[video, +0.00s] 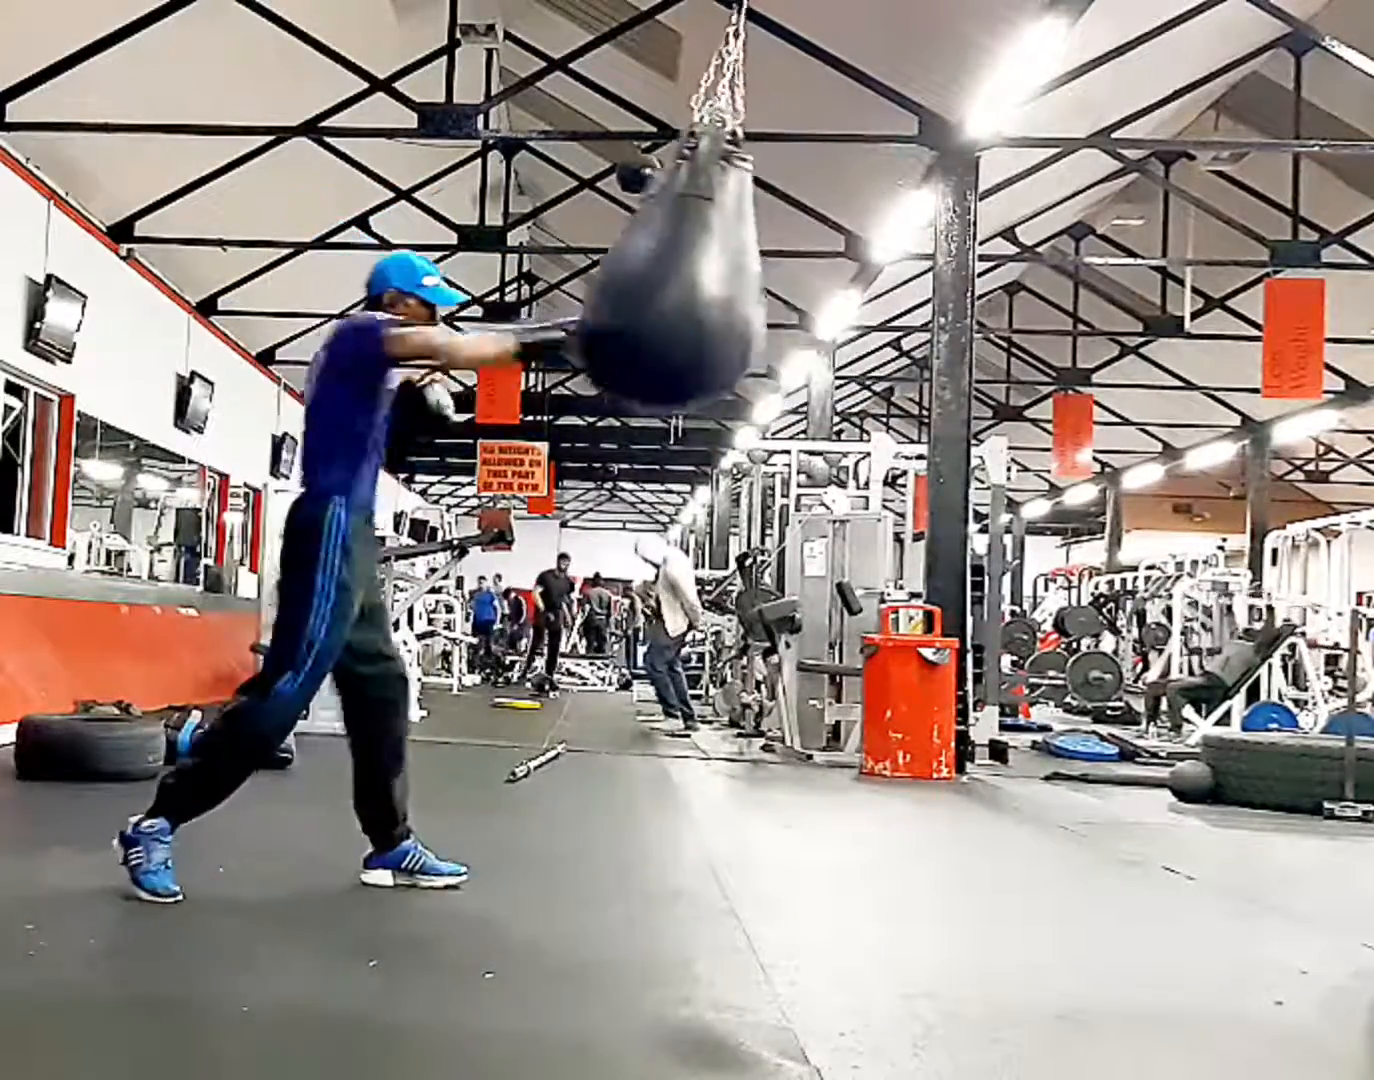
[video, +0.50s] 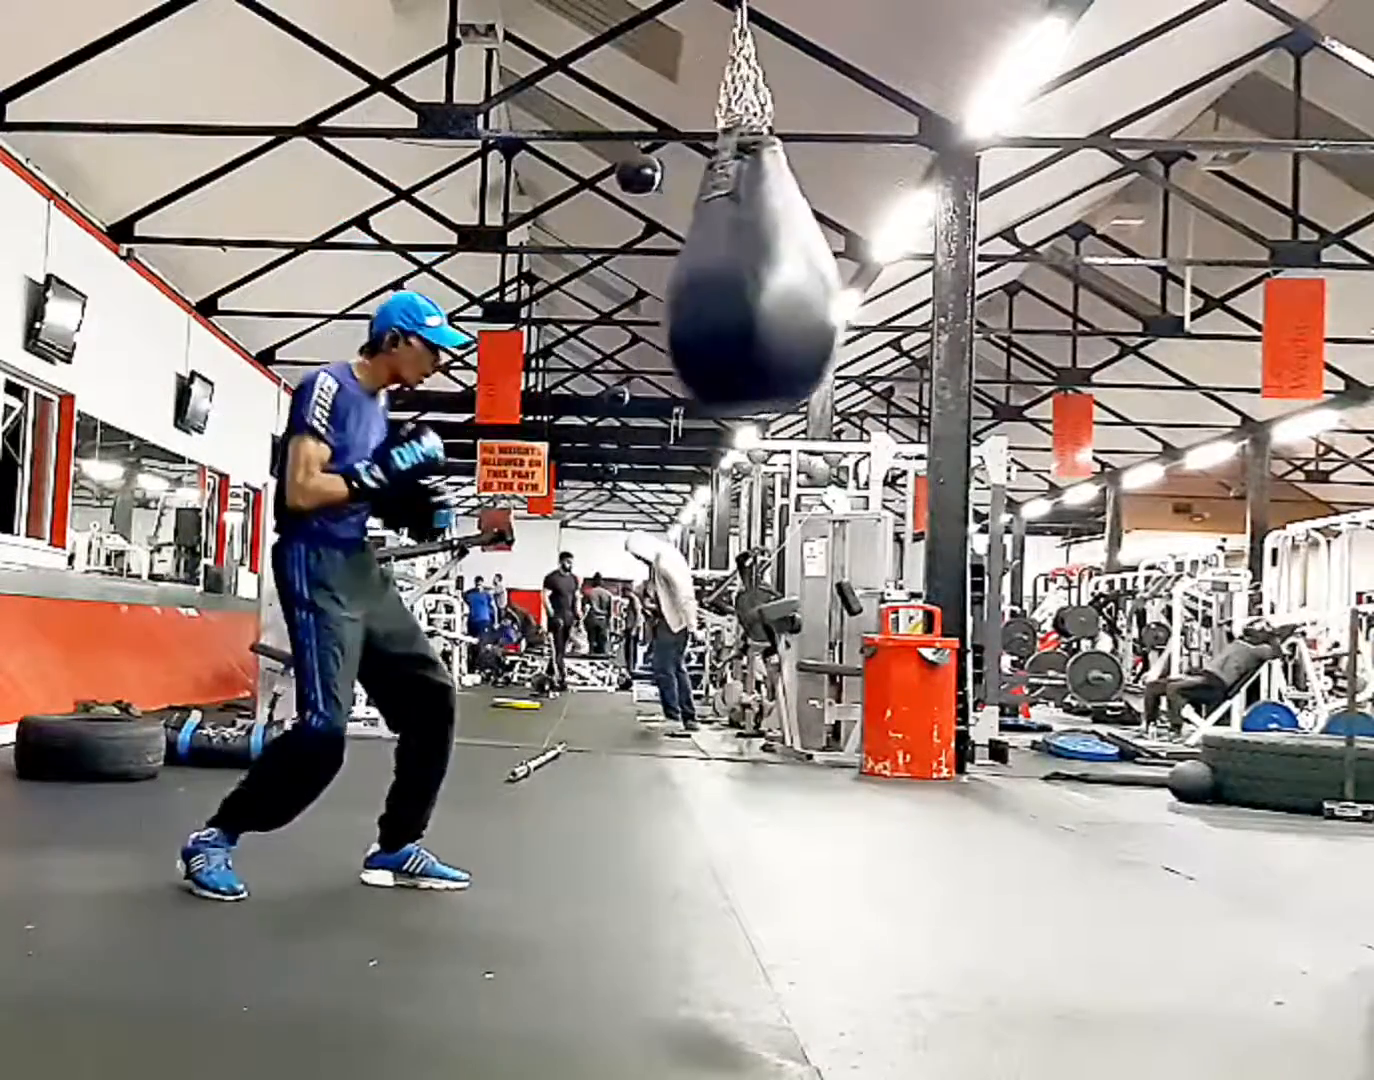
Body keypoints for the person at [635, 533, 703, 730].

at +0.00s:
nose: (647, 563)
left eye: (646, 558)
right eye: (645, 559)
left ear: (652, 553)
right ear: (659, 545)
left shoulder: (672, 568)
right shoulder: (673, 560)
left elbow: (690, 599)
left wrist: (696, 621)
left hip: (671, 626)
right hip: (676, 623)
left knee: (654, 663)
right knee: (673, 667)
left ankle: (672, 710)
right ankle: (688, 714)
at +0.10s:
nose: (646, 564)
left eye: (646, 559)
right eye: (644, 560)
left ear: (652, 554)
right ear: (658, 546)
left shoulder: (672, 568)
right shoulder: (672, 562)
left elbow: (689, 600)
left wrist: (695, 621)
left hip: (671, 627)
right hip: (674, 624)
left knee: (654, 664)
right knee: (673, 667)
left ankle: (672, 711)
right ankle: (688, 715)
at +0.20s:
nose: (647, 564)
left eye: (645, 559)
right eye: (644, 560)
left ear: (651, 554)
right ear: (656, 546)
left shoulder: (670, 566)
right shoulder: (670, 560)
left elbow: (689, 596)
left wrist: (696, 621)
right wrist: (696, 619)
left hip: (671, 624)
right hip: (674, 622)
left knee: (654, 665)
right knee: (675, 668)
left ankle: (671, 713)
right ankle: (688, 715)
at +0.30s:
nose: (643, 560)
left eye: (641, 555)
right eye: (640, 556)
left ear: (648, 550)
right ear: (651, 545)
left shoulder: (668, 562)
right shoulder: (664, 562)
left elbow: (687, 594)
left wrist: (696, 619)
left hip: (671, 624)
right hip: (674, 623)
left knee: (654, 664)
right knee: (675, 669)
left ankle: (672, 712)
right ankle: (689, 716)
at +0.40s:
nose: (641, 559)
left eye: (640, 554)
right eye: (638, 556)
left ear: (646, 548)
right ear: (648, 543)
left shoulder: (667, 562)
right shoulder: (661, 561)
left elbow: (685, 594)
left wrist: (693, 624)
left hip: (669, 624)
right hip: (673, 622)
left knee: (658, 667)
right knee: (676, 667)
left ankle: (673, 716)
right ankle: (688, 716)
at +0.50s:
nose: (641, 561)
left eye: (639, 556)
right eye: (638, 557)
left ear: (645, 550)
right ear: (645, 546)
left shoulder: (667, 561)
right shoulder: (659, 562)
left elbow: (685, 593)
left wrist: (692, 625)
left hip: (671, 624)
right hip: (671, 623)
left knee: (663, 668)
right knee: (677, 667)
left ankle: (674, 716)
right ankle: (689, 715)